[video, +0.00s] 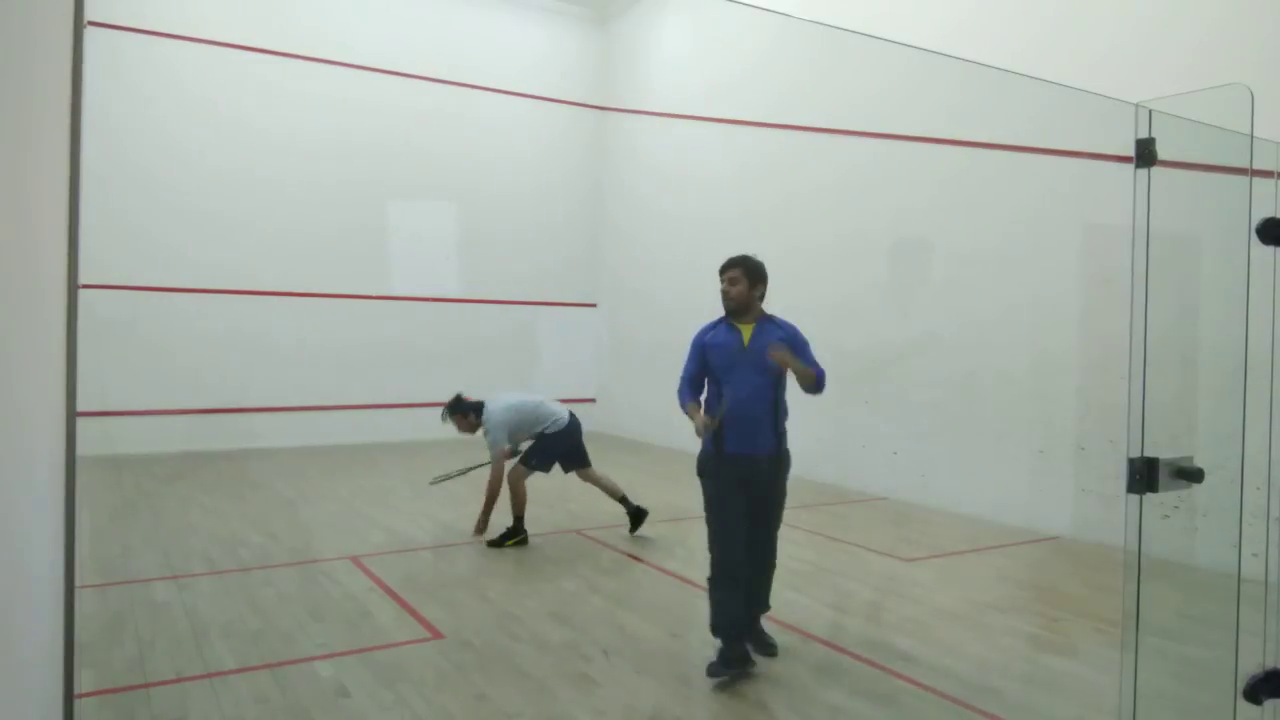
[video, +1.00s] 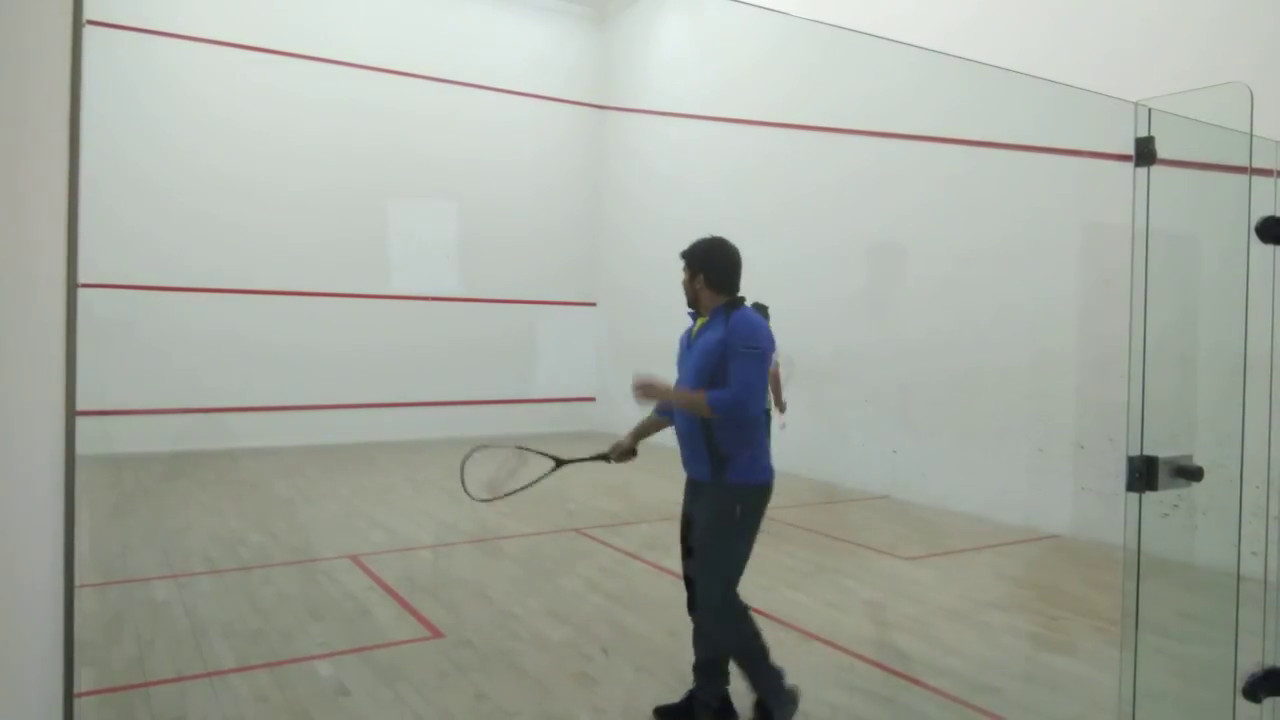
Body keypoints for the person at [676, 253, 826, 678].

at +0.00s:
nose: (725, 290)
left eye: (733, 283)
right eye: (723, 283)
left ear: (758, 287)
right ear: (722, 289)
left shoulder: (785, 335)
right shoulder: (708, 338)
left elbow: (816, 383)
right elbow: (688, 389)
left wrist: (795, 364)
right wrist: (698, 416)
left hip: (768, 459)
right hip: (721, 458)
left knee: (762, 545)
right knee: (727, 548)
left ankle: (751, 620)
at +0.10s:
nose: (719, 290)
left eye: (727, 282)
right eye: (718, 283)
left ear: (755, 287)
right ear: (722, 289)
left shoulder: (788, 336)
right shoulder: (707, 340)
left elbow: (813, 391)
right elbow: (691, 395)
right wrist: (698, 437)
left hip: (774, 466)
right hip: (720, 467)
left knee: (785, 556)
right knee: (726, 563)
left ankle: (762, 609)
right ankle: (739, 653)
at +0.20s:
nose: (722, 287)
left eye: (729, 279)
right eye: (721, 280)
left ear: (758, 283)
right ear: (739, 286)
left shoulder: (796, 335)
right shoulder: (715, 337)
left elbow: (816, 397)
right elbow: (701, 393)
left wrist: (816, 455)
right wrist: (687, 427)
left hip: (775, 470)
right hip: (722, 469)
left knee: (783, 560)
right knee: (726, 564)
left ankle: (803, 640)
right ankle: (740, 654)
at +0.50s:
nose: (758, 289)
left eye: (764, 279)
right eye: (759, 280)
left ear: (790, 282)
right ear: (787, 283)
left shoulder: (829, 336)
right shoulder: (777, 337)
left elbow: (836, 414)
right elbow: (769, 404)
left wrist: (800, 471)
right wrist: (729, 445)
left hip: (815, 483)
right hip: (772, 477)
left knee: (812, 585)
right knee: (753, 571)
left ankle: (816, 691)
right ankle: (763, 671)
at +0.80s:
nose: (720, 289)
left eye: (725, 280)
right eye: (721, 280)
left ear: (748, 284)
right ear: (750, 284)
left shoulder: (793, 336)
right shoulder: (744, 338)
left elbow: (820, 419)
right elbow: (747, 419)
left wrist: (821, 494)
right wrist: (738, 484)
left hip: (792, 495)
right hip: (751, 493)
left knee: (804, 600)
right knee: (735, 595)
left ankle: (816, 696)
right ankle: (713, 690)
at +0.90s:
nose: (697, 285)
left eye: (700, 277)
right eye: (699, 276)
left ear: (714, 282)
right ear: (730, 283)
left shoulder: (764, 334)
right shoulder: (713, 337)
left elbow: (766, 417)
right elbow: (703, 406)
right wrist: (669, 453)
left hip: (756, 486)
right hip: (717, 483)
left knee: (752, 596)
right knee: (713, 596)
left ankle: (808, 681)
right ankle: (709, 696)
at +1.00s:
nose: (682, 283)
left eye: (688, 274)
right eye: (684, 274)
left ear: (706, 278)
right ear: (711, 279)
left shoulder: (746, 327)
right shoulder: (694, 334)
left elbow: (743, 402)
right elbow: (684, 402)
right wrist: (633, 436)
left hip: (741, 483)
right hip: (703, 480)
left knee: (715, 591)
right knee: (701, 590)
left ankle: (774, 694)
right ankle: (709, 697)